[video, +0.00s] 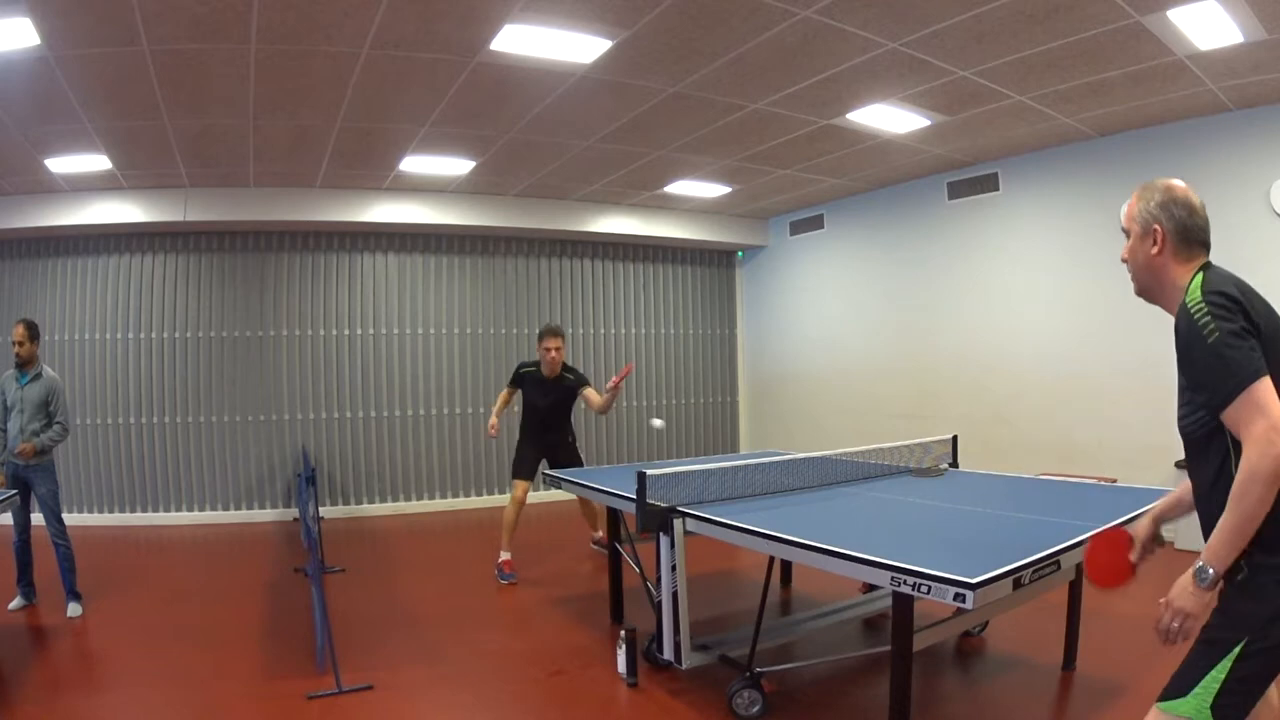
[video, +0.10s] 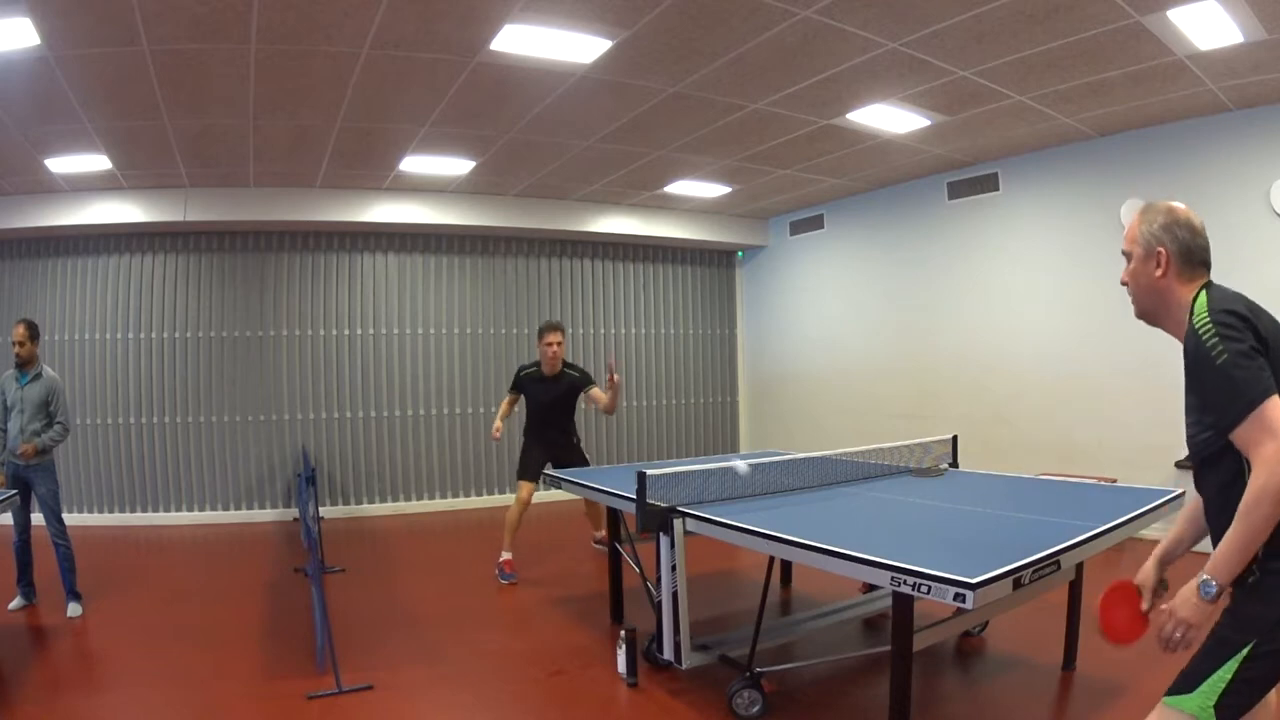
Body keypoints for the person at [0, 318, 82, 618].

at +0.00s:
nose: (15, 348)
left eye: (21, 343)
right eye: (13, 343)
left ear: (36, 344)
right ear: (12, 345)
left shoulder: (51, 382)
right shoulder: (6, 381)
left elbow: (62, 427)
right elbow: (3, 426)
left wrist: (37, 444)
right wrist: (2, 466)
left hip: (41, 466)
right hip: (11, 466)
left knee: (56, 532)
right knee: (20, 533)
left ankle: (72, 596)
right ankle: (26, 593)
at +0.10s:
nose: (16, 348)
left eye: (21, 343)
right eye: (13, 343)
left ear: (36, 344)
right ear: (11, 345)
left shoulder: (51, 382)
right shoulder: (6, 381)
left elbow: (62, 426)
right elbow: (3, 426)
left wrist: (38, 445)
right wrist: (2, 467)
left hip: (41, 466)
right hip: (12, 466)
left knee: (57, 531)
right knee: (20, 533)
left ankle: (72, 596)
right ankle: (26, 593)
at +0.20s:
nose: (17, 349)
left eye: (22, 344)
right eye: (14, 344)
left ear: (36, 345)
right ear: (12, 345)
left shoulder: (51, 381)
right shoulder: (7, 381)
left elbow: (64, 426)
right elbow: (4, 425)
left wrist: (44, 446)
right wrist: (2, 466)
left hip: (41, 465)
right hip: (12, 465)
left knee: (57, 532)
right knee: (20, 533)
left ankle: (72, 596)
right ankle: (26, 593)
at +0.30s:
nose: (20, 350)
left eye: (26, 345)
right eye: (17, 345)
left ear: (39, 346)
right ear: (14, 346)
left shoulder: (53, 382)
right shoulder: (7, 381)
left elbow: (66, 425)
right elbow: (3, 424)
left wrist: (49, 450)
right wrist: (3, 466)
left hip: (43, 464)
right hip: (14, 464)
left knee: (58, 531)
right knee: (21, 532)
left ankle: (73, 596)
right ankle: (26, 593)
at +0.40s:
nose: (23, 352)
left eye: (29, 347)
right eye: (20, 346)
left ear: (41, 347)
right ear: (16, 346)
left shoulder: (55, 384)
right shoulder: (7, 381)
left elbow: (68, 428)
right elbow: (2, 426)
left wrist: (55, 451)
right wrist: (3, 467)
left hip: (45, 465)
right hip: (15, 466)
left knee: (59, 532)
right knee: (22, 534)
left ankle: (73, 597)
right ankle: (26, 593)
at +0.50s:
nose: (28, 352)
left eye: (33, 347)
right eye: (25, 347)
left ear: (44, 347)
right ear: (20, 346)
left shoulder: (57, 385)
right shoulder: (8, 381)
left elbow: (69, 427)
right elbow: (3, 425)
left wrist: (59, 453)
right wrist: (5, 466)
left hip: (47, 465)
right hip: (17, 465)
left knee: (60, 532)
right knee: (22, 533)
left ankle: (73, 596)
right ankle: (26, 593)